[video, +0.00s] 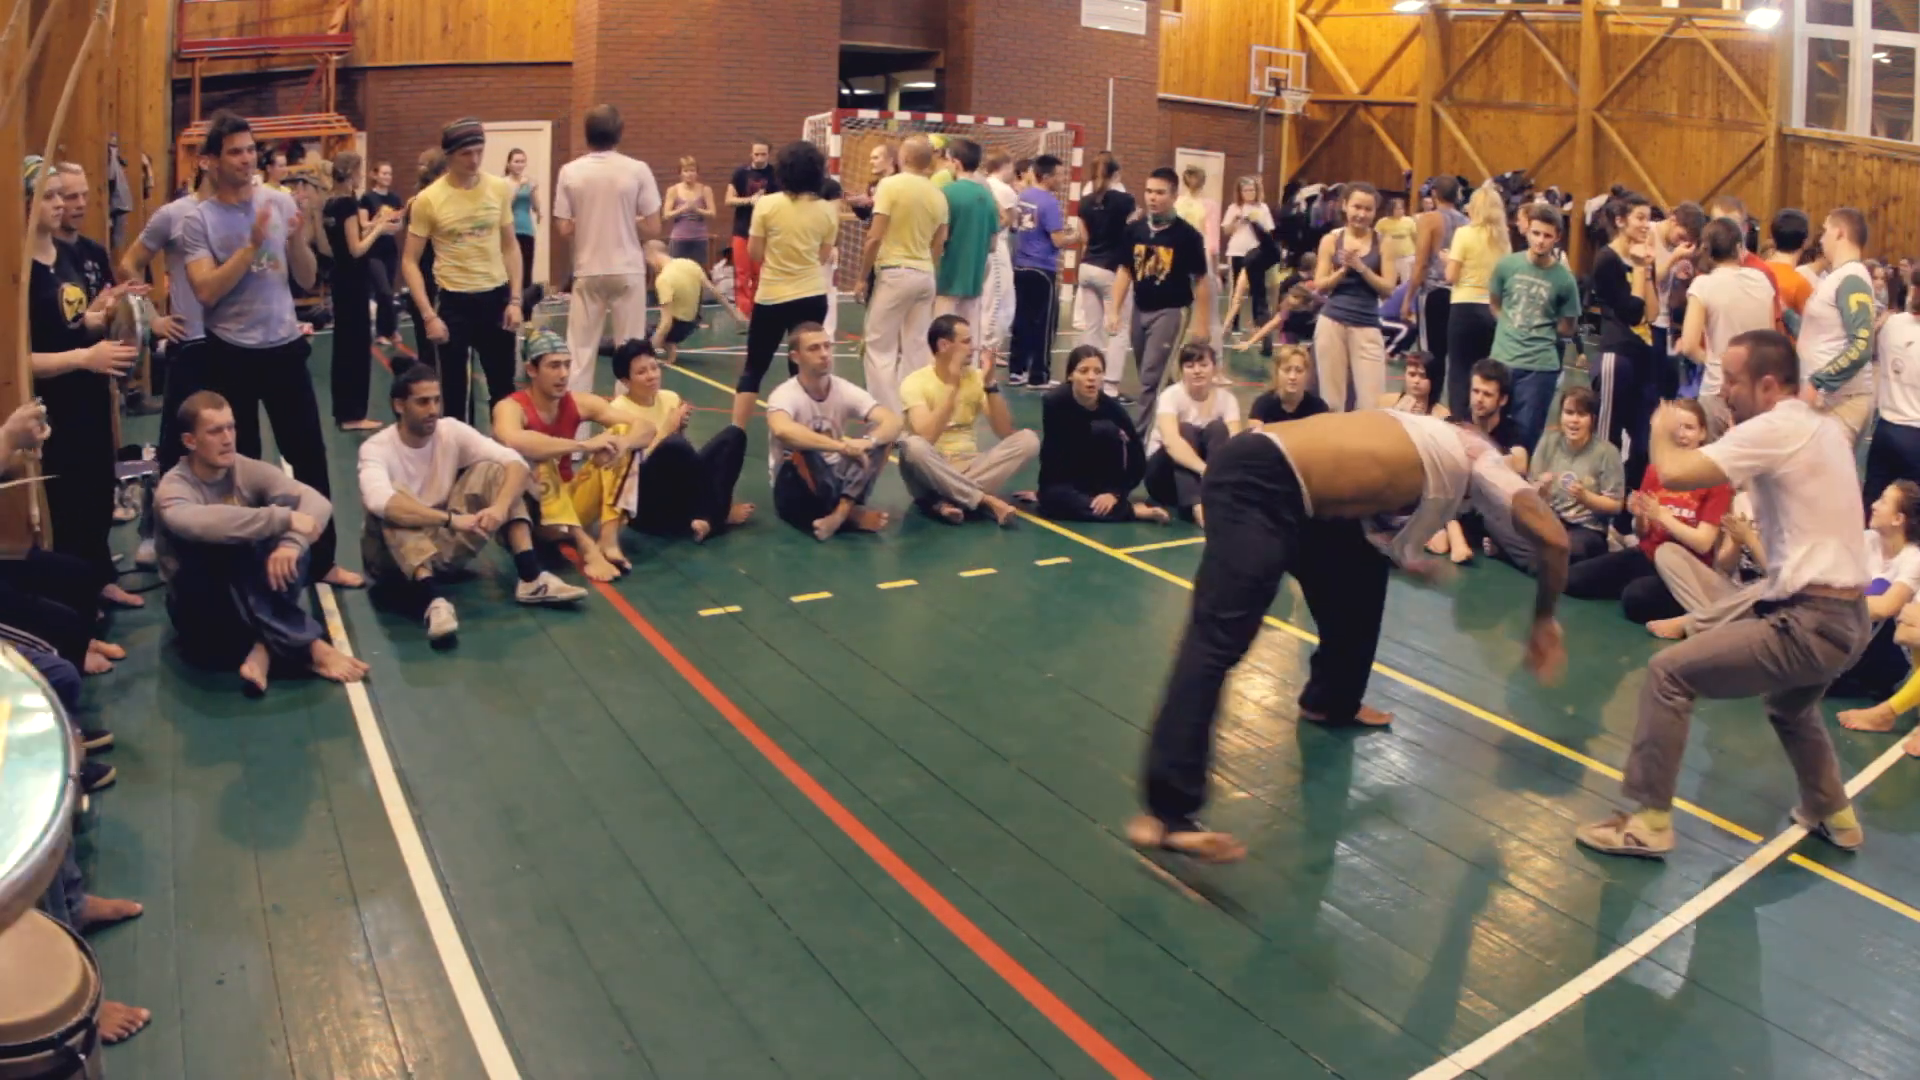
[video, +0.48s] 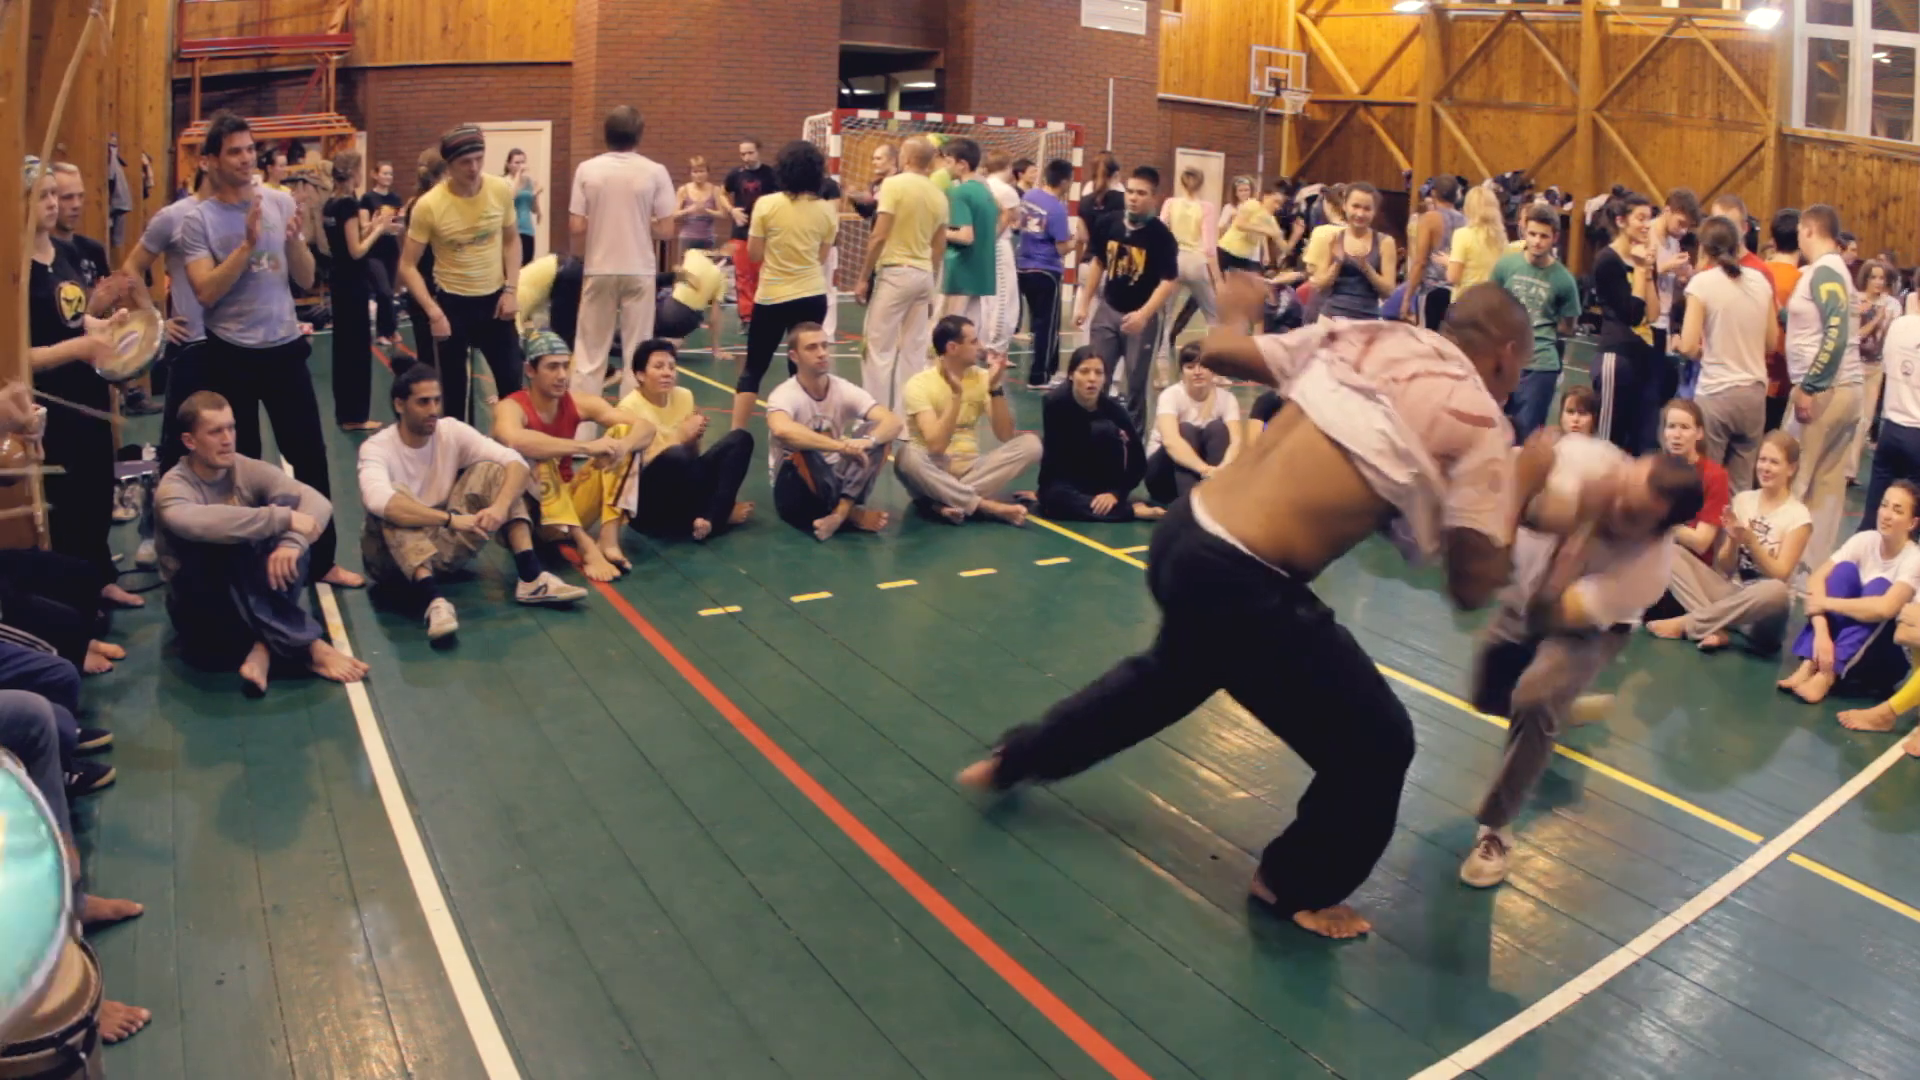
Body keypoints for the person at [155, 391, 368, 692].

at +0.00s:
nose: (228, 439)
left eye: (231, 428)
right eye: (215, 432)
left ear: (237, 429)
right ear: (189, 441)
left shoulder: (245, 469)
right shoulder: (174, 487)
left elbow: (316, 502)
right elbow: (193, 523)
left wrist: (292, 544)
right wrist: (284, 518)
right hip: (209, 620)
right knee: (212, 545)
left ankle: (266, 646)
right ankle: (310, 645)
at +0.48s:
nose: (228, 439)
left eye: (231, 429)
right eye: (216, 432)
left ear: (237, 429)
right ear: (189, 441)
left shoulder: (246, 469)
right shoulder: (174, 488)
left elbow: (317, 502)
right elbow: (193, 524)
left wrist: (292, 543)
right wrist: (283, 518)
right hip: (208, 616)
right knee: (213, 544)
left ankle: (264, 645)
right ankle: (310, 645)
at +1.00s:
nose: (228, 440)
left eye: (231, 429)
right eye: (216, 432)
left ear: (236, 429)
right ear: (189, 440)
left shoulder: (245, 469)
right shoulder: (173, 488)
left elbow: (317, 502)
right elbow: (191, 523)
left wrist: (291, 544)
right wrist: (283, 517)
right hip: (208, 615)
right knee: (213, 544)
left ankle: (264, 646)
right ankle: (310, 645)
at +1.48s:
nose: (228, 439)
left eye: (230, 429)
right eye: (215, 432)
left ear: (236, 429)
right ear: (189, 440)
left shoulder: (244, 469)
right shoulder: (174, 487)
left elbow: (316, 502)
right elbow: (191, 523)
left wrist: (292, 543)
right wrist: (283, 517)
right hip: (209, 612)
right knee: (213, 546)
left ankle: (264, 646)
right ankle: (310, 645)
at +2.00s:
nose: (228, 439)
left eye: (231, 428)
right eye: (216, 432)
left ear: (237, 429)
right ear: (189, 440)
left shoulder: (246, 469)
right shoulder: (174, 487)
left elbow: (317, 502)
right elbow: (192, 523)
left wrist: (292, 544)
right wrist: (283, 518)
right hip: (208, 612)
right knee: (212, 546)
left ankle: (264, 646)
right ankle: (310, 645)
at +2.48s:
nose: (229, 439)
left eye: (232, 429)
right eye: (217, 432)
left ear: (238, 429)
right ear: (190, 440)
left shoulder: (247, 469)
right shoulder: (174, 488)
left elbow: (317, 502)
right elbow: (196, 523)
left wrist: (292, 544)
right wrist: (284, 517)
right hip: (211, 613)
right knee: (212, 545)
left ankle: (265, 645)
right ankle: (310, 645)